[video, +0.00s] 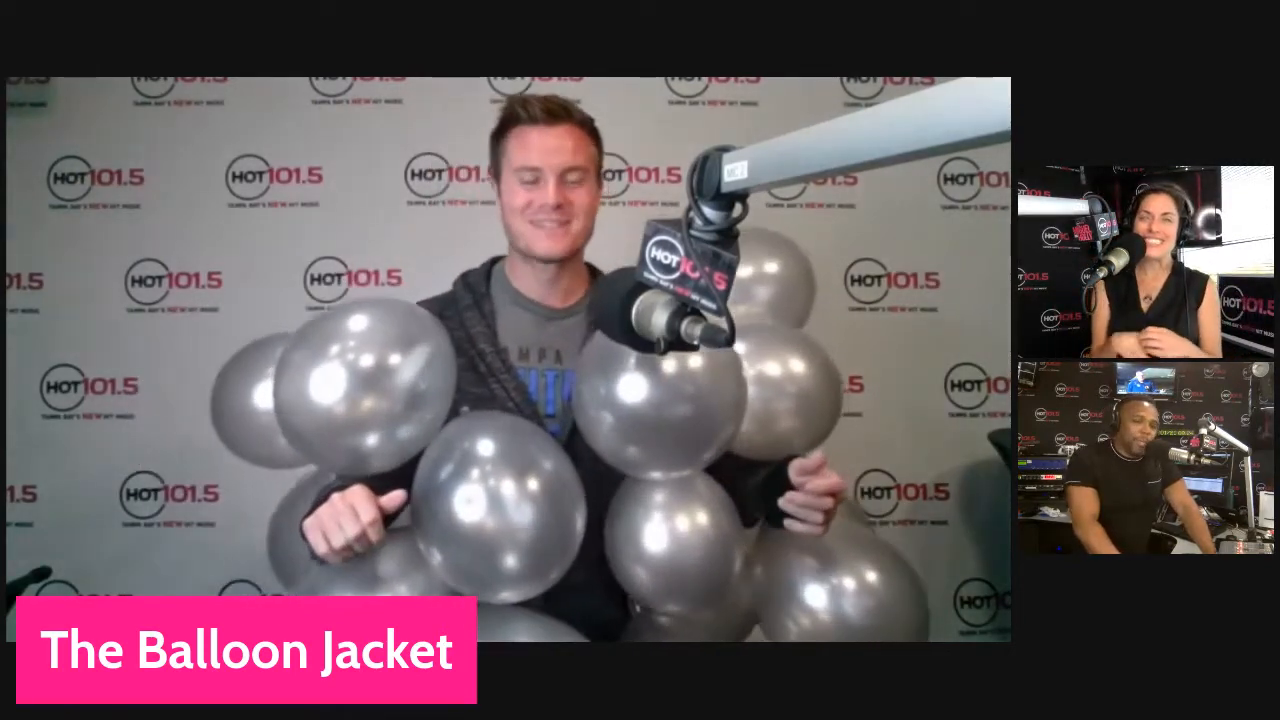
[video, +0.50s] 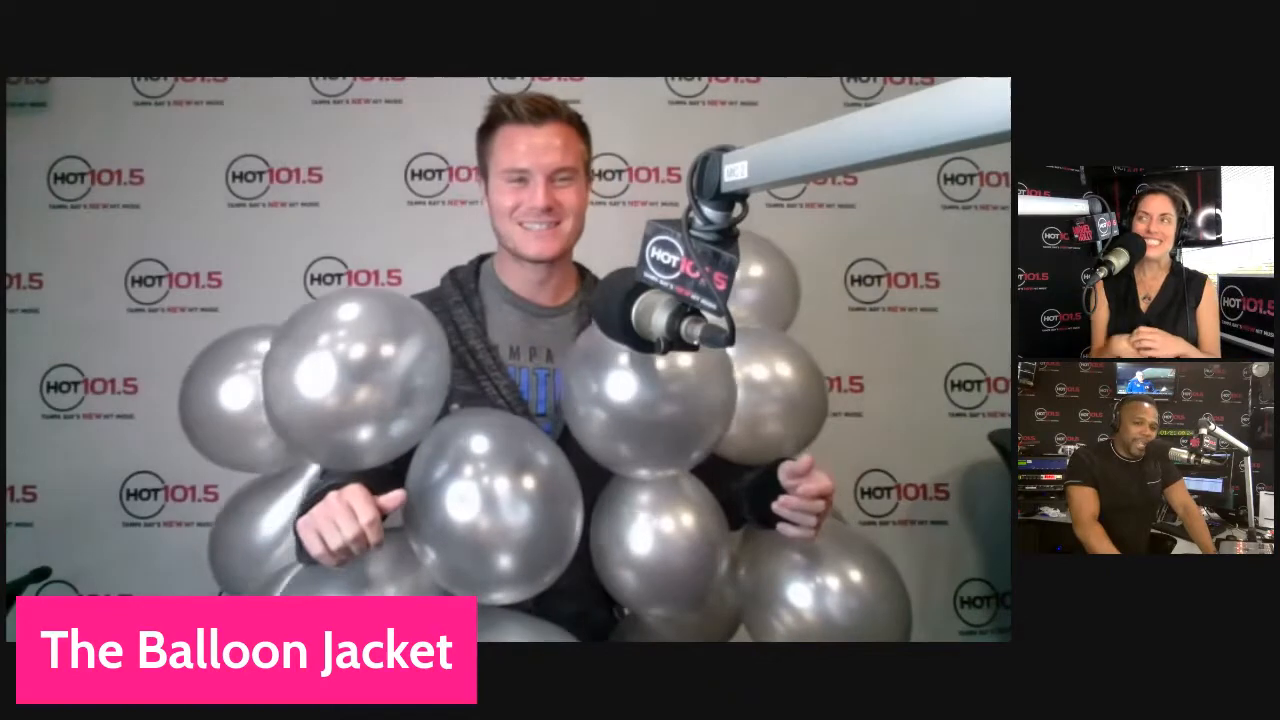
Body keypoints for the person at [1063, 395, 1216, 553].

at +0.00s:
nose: (1146, 430)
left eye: (1152, 424)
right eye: (1137, 421)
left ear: (1157, 430)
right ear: (1117, 422)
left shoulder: (1157, 457)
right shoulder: (1086, 459)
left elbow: (1186, 508)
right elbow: (1085, 524)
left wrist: (1210, 552)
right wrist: (1117, 560)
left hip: (1142, 555)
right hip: (1096, 557)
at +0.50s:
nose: (1146, 432)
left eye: (1152, 426)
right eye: (1137, 423)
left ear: (1157, 430)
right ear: (1117, 422)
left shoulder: (1156, 458)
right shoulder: (1086, 459)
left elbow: (1186, 508)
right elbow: (1085, 524)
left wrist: (1210, 552)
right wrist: (1117, 562)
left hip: (1142, 557)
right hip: (1097, 560)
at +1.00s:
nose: (1142, 430)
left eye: (1147, 423)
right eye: (1132, 423)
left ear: (1153, 427)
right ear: (1112, 428)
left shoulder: (1157, 457)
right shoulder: (1087, 460)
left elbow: (1187, 508)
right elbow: (1086, 524)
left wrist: (1211, 553)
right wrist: (1120, 564)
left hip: (1143, 556)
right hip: (1098, 558)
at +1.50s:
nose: (1142, 433)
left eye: (1148, 425)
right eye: (1131, 425)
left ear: (1154, 428)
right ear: (1112, 427)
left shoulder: (1157, 458)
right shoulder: (1087, 460)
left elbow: (1186, 508)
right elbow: (1086, 524)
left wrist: (1211, 552)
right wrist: (1118, 560)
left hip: (1144, 556)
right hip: (1100, 556)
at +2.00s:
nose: (1141, 432)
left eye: (1147, 424)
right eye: (1131, 424)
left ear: (1153, 428)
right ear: (1112, 427)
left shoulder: (1158, 458)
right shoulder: (1087, 460)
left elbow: (1187, 508)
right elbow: (1086, 524)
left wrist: (1211, 552)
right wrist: (1118, 561)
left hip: (1143, 557)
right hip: (1098, 557)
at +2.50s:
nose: (1141, 435)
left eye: (1148, 428)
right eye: (1131, 427)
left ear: (1156, 431)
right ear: (1115, 428)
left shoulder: (1159, 459)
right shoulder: (1091, 459)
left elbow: (1188, 508)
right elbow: (1086, 523)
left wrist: (1211, 551)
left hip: (1142, 555)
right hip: (1097, 555)